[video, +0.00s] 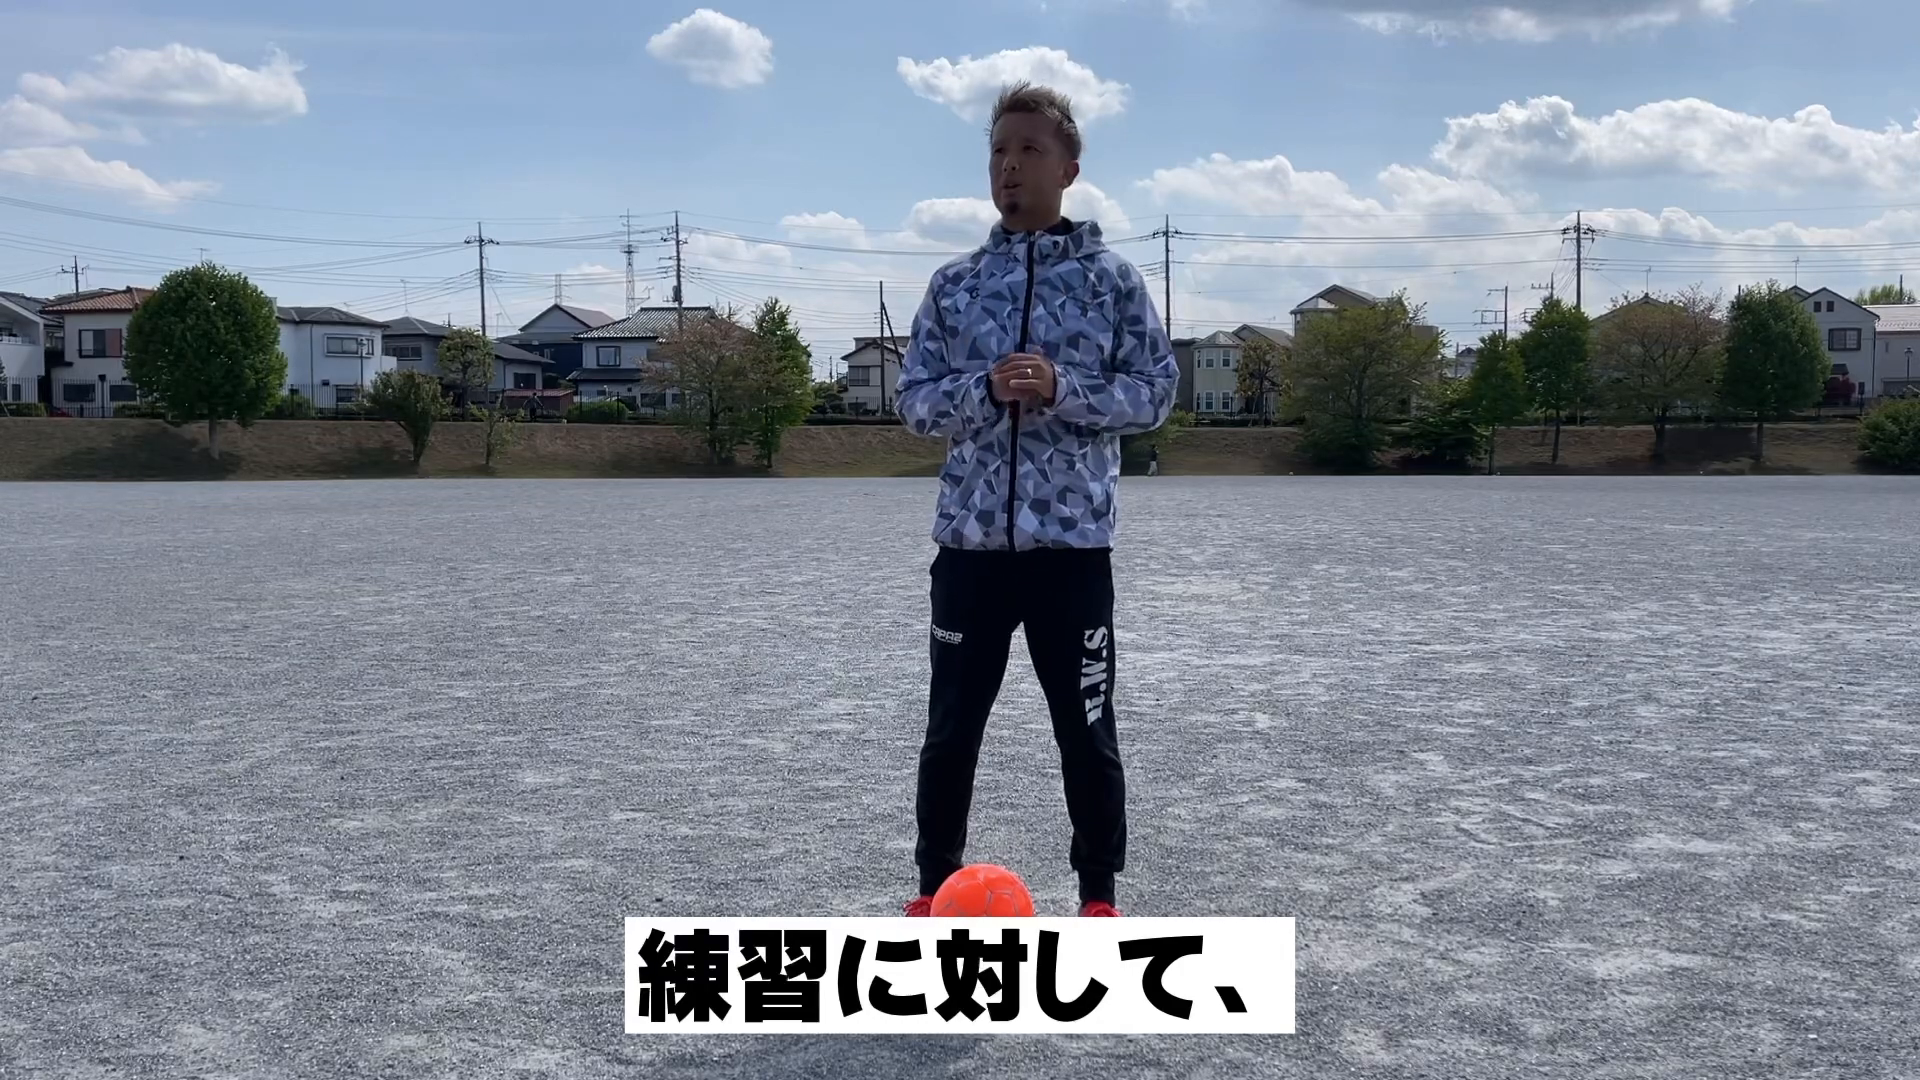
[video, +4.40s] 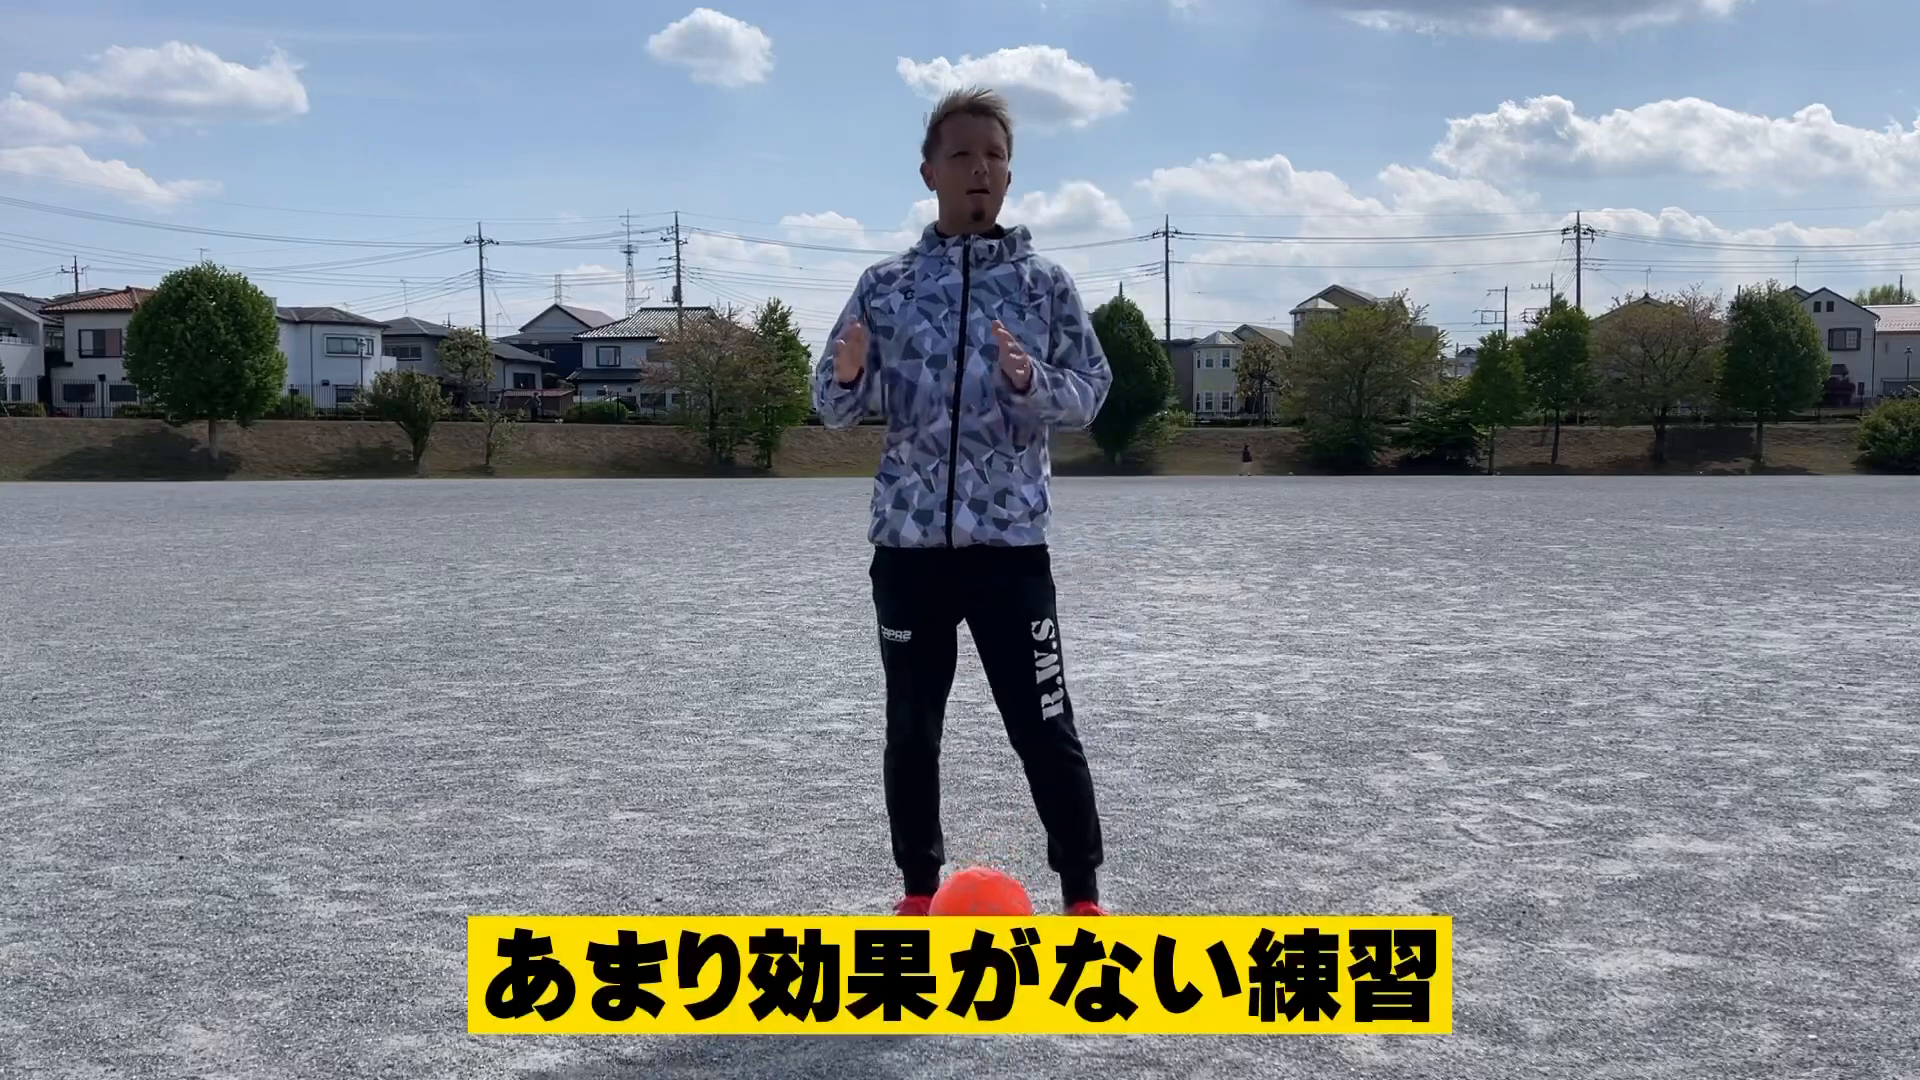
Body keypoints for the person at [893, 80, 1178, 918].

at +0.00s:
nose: (1010, 164)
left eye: (1029, 150)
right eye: (1000, 151)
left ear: (1069, 166)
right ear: (989, 165)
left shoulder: (1113, 280)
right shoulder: (955, 284)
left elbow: (1150, 395)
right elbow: (917, 398)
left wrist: (1061, 390)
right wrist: (983, 386)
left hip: (1070, 538)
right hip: (970, 537)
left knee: (1084, 728)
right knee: (951, 728)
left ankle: (1098, 898)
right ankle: (934, 893)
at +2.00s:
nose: (903, 180)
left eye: (915, 162)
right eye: (883, 168)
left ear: (941, 168)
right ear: (860, 184)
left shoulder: (1003, 266)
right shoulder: (850, 302)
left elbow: (1061, 368)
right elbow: (832, 423)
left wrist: (992, 406)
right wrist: (907, 424)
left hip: (1015, 531)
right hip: (913, 544)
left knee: (1073, 702)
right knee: (918, 727)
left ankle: (1127, 877)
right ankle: (928, 891)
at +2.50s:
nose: (1019, 163)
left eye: (1034, 149)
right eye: (1000, 149)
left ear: (1052, 168)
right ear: (972, 166)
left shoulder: (1090, 283)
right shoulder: (930, 286)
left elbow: (1130, 399)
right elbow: (892, 399)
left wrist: (1091, 361)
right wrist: (928, 388)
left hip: (1056, 536)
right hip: (956, 537)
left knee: (1075, 729)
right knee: (941, 729)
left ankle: (1088, 898)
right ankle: (934, 893)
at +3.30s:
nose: (1111, 167)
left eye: (1128, 155)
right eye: (1096, 152)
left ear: (1150, 174)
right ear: (1069, 163)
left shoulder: (1174, 291)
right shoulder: (1014, 272)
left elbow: (1206, 405)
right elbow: (965, 387)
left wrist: (1125, 416)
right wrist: (1041, 403)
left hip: (1109, 538)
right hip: (1008, 526)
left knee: (1102, 726)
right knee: (968, 667)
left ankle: (1091, 900)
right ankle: (1016, 794)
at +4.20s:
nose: (1007, 165)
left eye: (1019, 150)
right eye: (986, 154)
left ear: (1036, 165)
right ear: (956, 174)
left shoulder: (1076, 289)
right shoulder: (914, 286)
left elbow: (1109, 393)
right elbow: (874, 398)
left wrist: (1066, 420)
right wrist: (911, 389)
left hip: (1027, 538)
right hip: (928, 538)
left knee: (1056, 725)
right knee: (921, 724)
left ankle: (1087, 899)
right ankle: (921, 890)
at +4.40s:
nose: (983, 169)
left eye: (996, 156)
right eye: (963, 155)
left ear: (1010, 171)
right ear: (929, 171)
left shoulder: (1042, 282)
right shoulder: (884, 285)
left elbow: (1089, 392)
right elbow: (836, 406)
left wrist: (1034, 382)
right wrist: (845, 377)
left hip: (1007, 535)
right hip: (909, 536)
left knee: (1043, 719)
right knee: (910, 725)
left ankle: (1082, 897)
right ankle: (917, 894)